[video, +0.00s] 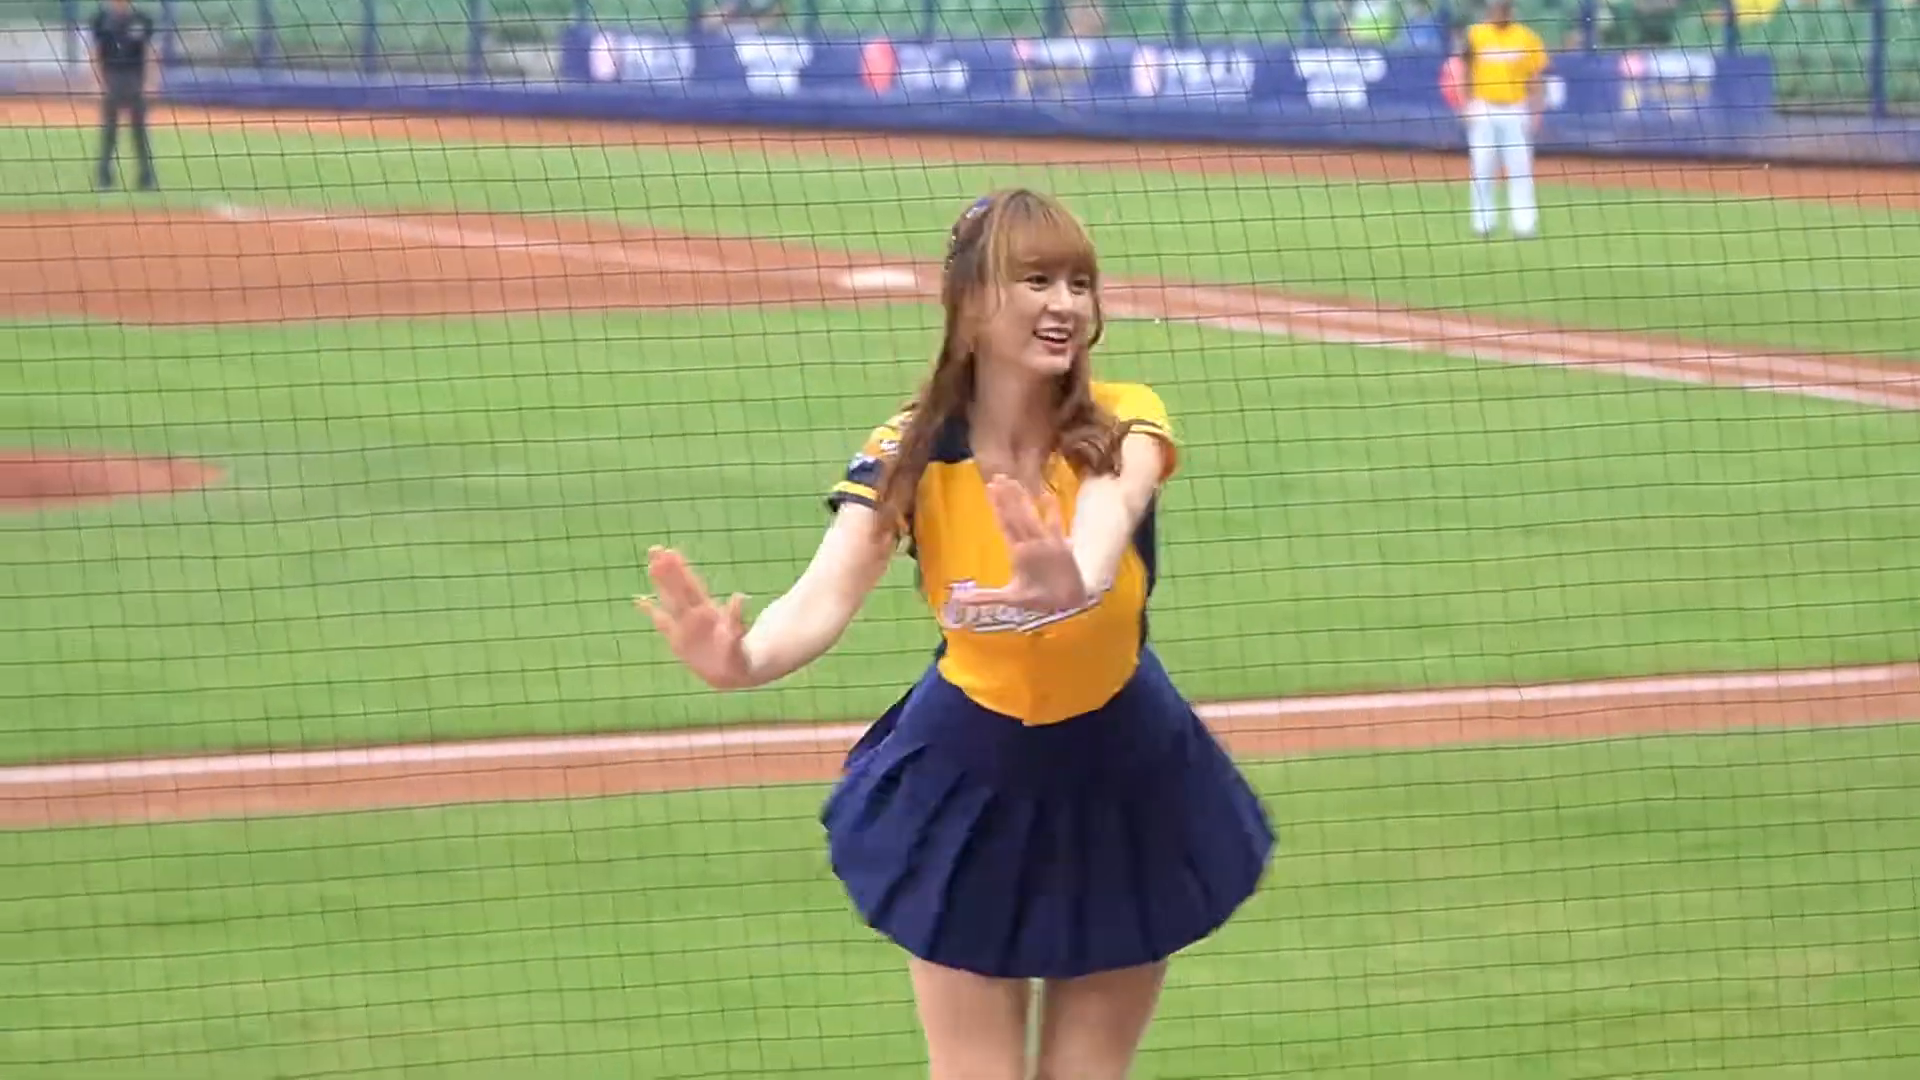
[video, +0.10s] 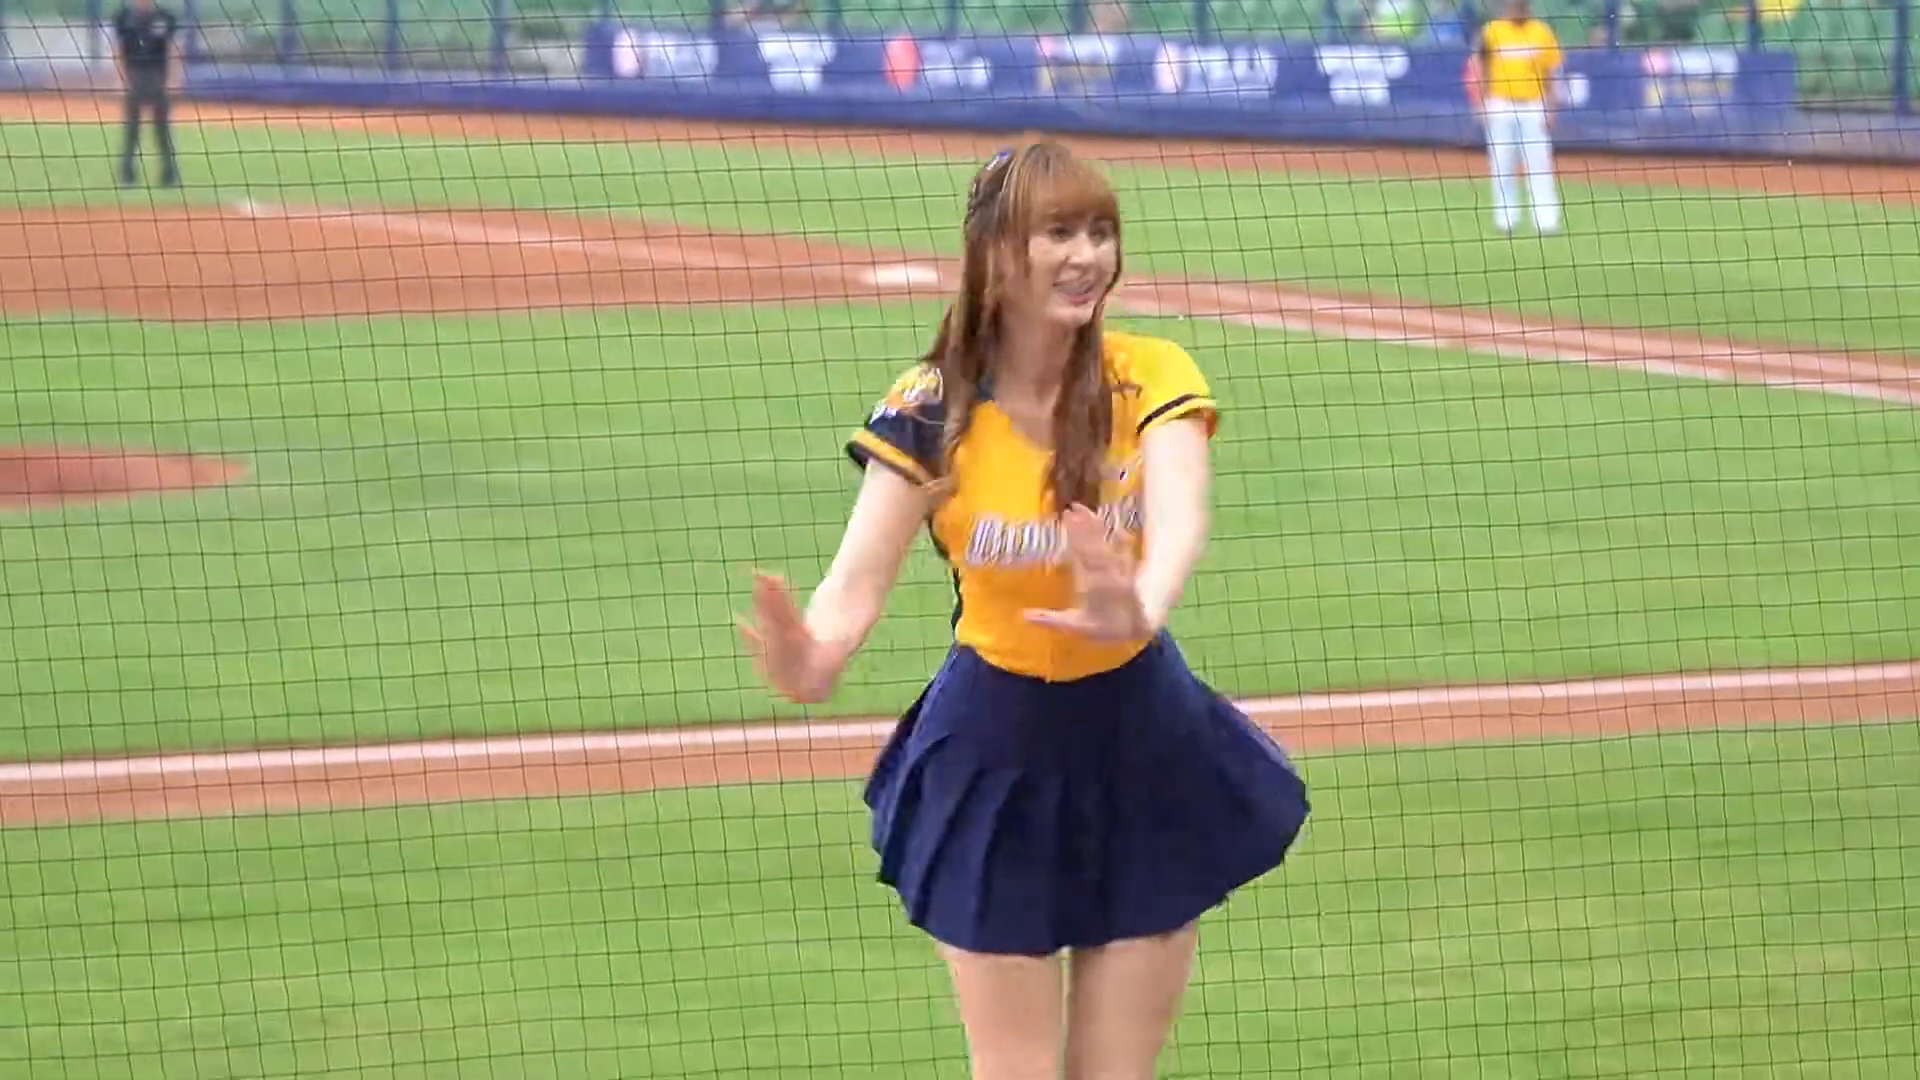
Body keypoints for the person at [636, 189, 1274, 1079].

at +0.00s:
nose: (1063, 303)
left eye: (1078, 282)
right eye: (1034, 280)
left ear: (1097, 301)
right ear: (970, 303)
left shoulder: (1129, 420)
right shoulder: (911, 446)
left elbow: (1113, 507)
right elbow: (832, 583)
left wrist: (1073, 579)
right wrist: (747, 657)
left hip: (1118, 768)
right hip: (971, 767)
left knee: (1087, 1067)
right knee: (975, 1067)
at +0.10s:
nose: (1086, 252)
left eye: (1101, 229)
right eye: (1056, 231)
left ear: (1118, 246)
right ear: (993, 256)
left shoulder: (1152, 374)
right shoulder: (930, 409)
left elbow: (1179, 518)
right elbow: (853, 583)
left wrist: (1140, 605)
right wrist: (812, 659)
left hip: (1141, 736)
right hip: (996, 742)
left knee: (1117, 1065)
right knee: (1015, 1064)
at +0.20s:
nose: (1091, 250)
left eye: (1106, 222)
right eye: (1060, 228)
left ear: (1128, 228)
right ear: (999, 244)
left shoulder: (1165, 372)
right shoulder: (935, 385)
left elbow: (1200, 560)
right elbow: (888, 584)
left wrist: (1185, 655)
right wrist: (903, 695)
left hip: (1144, 724)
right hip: (999, 734)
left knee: (1146, 1061)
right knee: (1052, 1064)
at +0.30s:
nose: (1095, 298)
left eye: (1110, 271)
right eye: (1064, 277)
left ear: (1132, 279)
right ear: (1006, 293)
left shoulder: (1147, 426)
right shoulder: (951, 434)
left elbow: (1190, 614)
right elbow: (941, 647)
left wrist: (1230, 724)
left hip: (1140, 762)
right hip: (1004, 764)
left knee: (1169, 1055)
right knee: (1055, 1060)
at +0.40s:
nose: (1122, 260)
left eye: (1135, 233)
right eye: (1089, 239)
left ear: (1155, 243)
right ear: (1031, 263)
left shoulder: (1157, 411)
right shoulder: (1004, 397)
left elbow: (1208, 595)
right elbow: (1020, 611)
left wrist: (1312, 712)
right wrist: (1162, 745)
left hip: (1108, 750)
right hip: (989, 755)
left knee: (1140, 1057)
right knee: (1046, 1063)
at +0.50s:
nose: (1162, 227)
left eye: (1175, 201)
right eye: (1128, 211)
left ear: (1198, 216)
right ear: (1074, 238)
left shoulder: (1188, 379)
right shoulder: (1076, 366)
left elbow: (1279, 559)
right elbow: (1131, 575)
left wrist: (1448, 654)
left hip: (1048, 726)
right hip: (947, 721)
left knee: (1055, 1059)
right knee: (985, 1064)